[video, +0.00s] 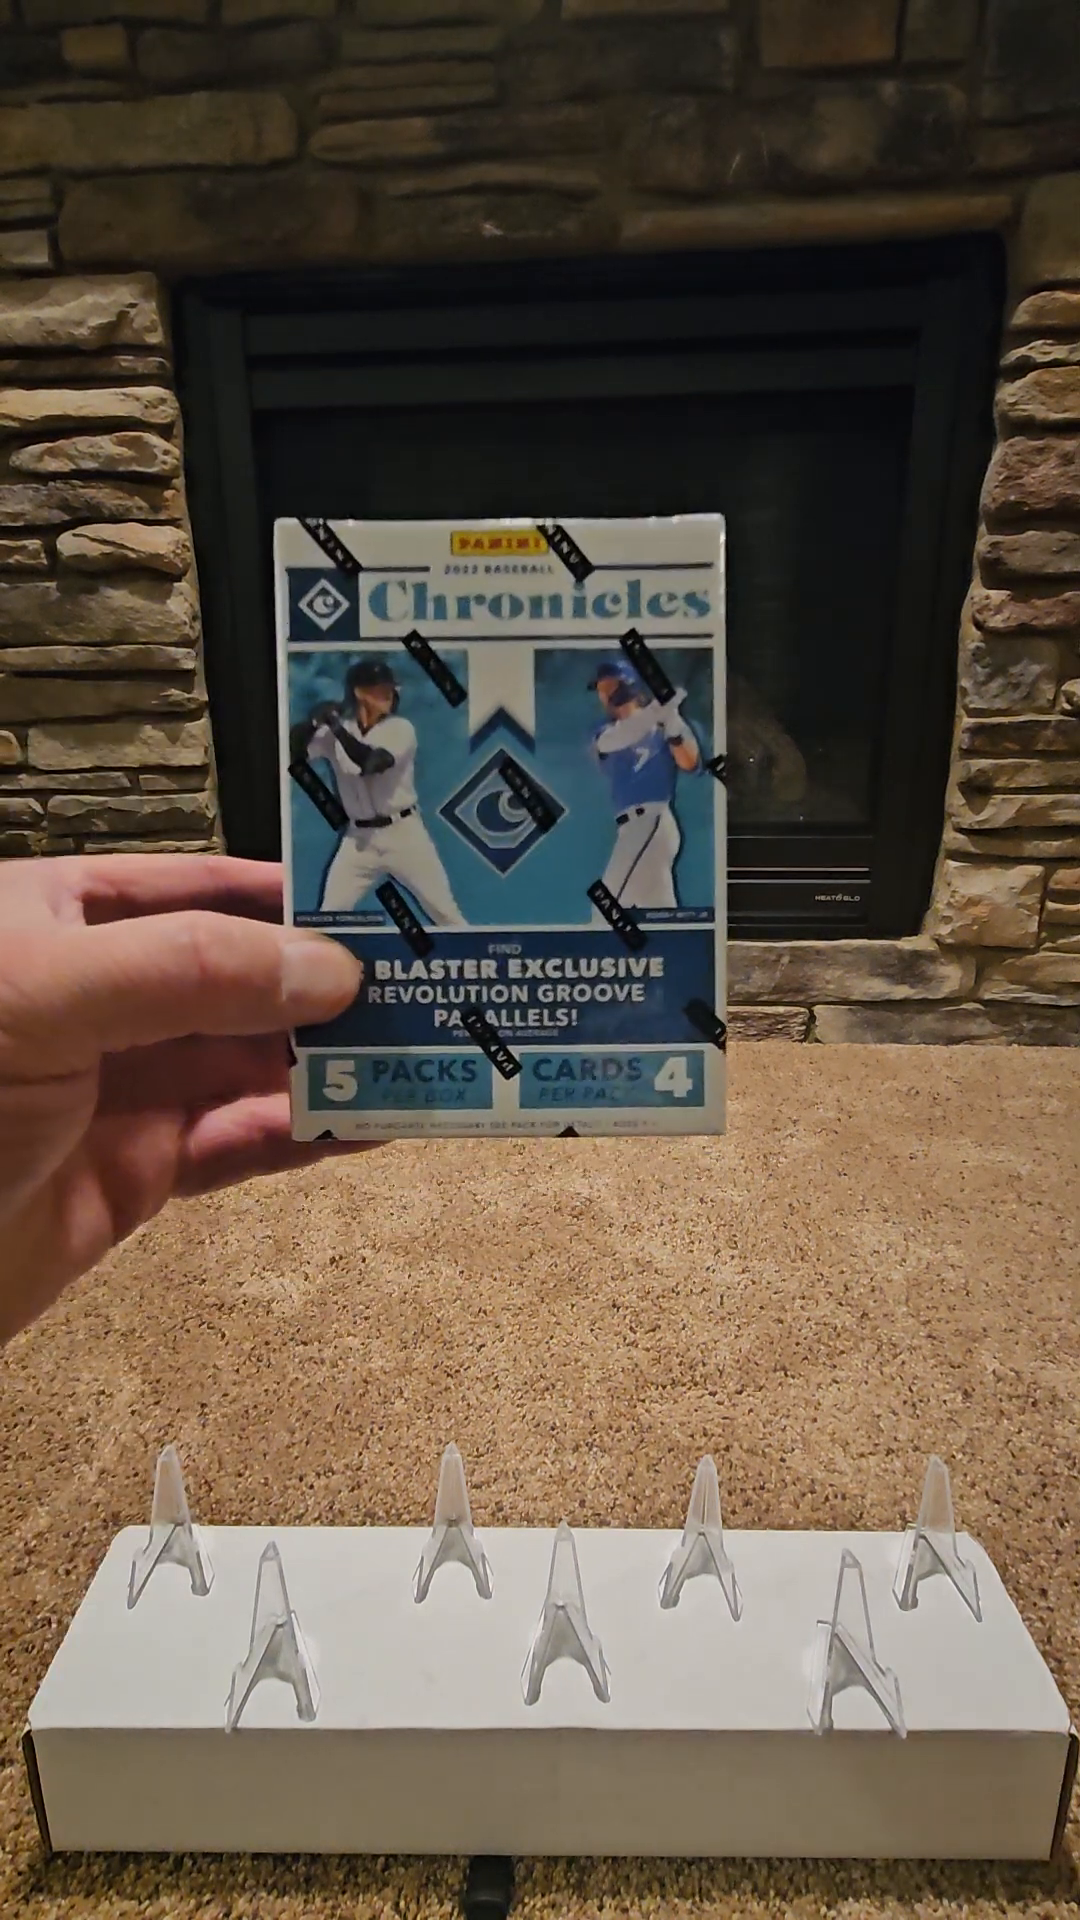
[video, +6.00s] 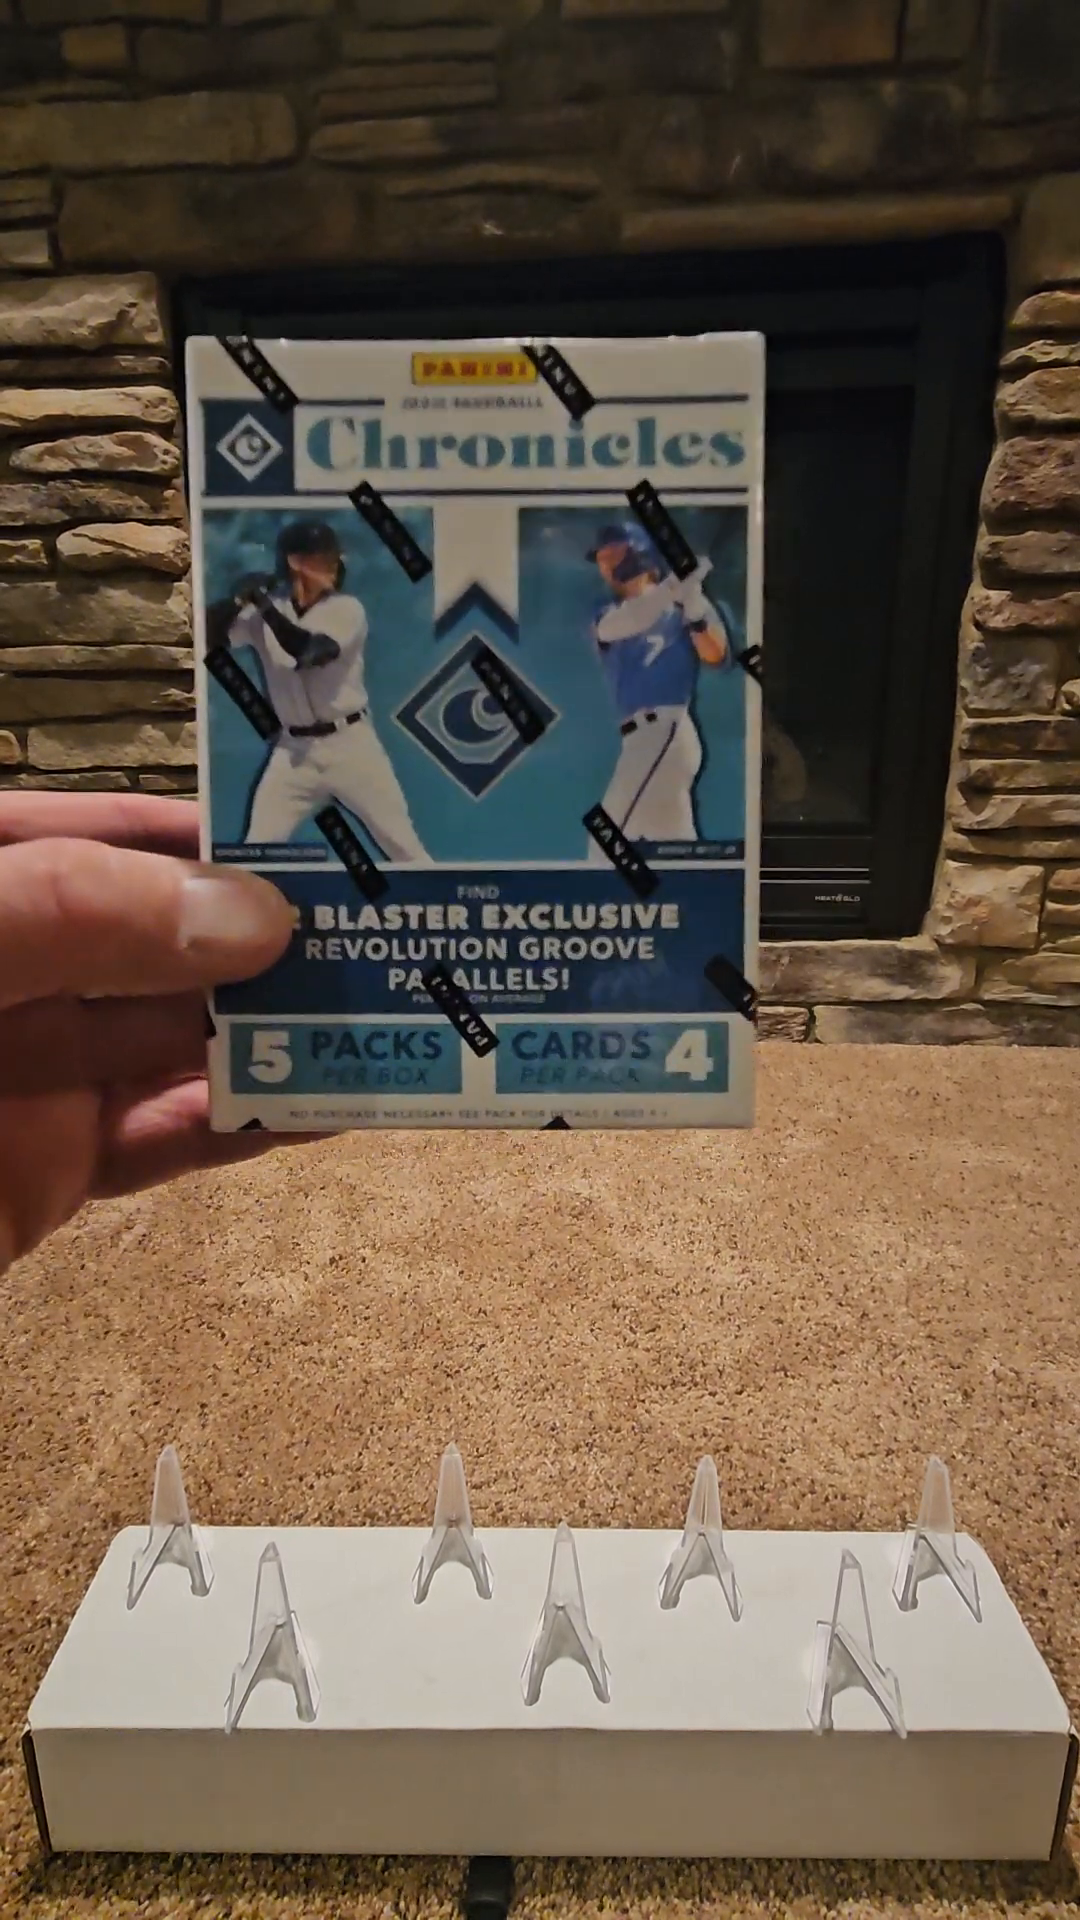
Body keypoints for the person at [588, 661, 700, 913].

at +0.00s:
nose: (602, 693)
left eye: (608, 685)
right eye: (600, 687)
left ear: (625, 685)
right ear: (599, 694)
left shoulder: (663, 721)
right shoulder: (605, 732)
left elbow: (690, 764)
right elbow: (620, 738)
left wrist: (673, 724)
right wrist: (654, 712)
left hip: (652, 823)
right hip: (632, 827)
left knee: (608, 906)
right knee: (660, 915)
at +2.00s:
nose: (614, 693)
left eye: (621, 684)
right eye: (611, 687)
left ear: (641, 685)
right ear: (609, 692)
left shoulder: (679, 723)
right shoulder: (616, 732)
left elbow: (704, 768)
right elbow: (628, 740)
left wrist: (686, 725)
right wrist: (669, 711)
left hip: (663, 830)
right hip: (641, 833)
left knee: (612, 915)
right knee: (670, 927)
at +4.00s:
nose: (607, 693)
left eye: (613, 684)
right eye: (603, 686)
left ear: (633, 686)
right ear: (600, 690)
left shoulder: (673, 721)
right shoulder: (607, 730)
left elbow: (696, 766)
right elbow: (614, 742)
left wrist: (677, 722)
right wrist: (658, 712)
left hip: (655, 829)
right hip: (633, 832)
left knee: (607, 916)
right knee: (665, 925)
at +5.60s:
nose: (619, 660)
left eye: (627, 649)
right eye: (615, 652)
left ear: (649, 650)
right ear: (610, 657)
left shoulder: (689, 690)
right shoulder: (616, 700)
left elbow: (715, 740)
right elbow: (628, 712)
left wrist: (698, 693)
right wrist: (674, 681)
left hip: (671, 809)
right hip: (645, 813)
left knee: (616, 907)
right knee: (678, 918)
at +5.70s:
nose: (605, 631)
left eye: (613, 620)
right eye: (601, 623)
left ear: (636, 621)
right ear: (598, 630)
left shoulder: (678, 664)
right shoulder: (606, 676)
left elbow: (705, 716)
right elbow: (625, 682)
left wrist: (686, 667)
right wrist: (666, 651)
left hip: (659, 785)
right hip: (632, 789)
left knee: (602, 881)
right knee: (663, 894)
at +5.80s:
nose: (600, 614)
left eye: (608, 603)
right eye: (595, 605)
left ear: (629, 602)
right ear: (589, 610)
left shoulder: (670, 643)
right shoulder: (595, 655)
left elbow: (698, 696)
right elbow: (624, 658)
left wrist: (679, 648)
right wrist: (660, 627)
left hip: (652, 768)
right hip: (625, 771)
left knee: (594, 868)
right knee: (659, 880)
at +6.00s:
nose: (605, 566)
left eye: (612, 555)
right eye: (601, 559)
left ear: (638, 557)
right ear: (598, 565)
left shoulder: (685, 603)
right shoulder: (607, 614)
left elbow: (716, 656)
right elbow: (629, 622)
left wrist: (694, 605)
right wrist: (671, 589)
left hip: (667, 733)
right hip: (639, 737)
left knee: (607, 839)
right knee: (676, 851)